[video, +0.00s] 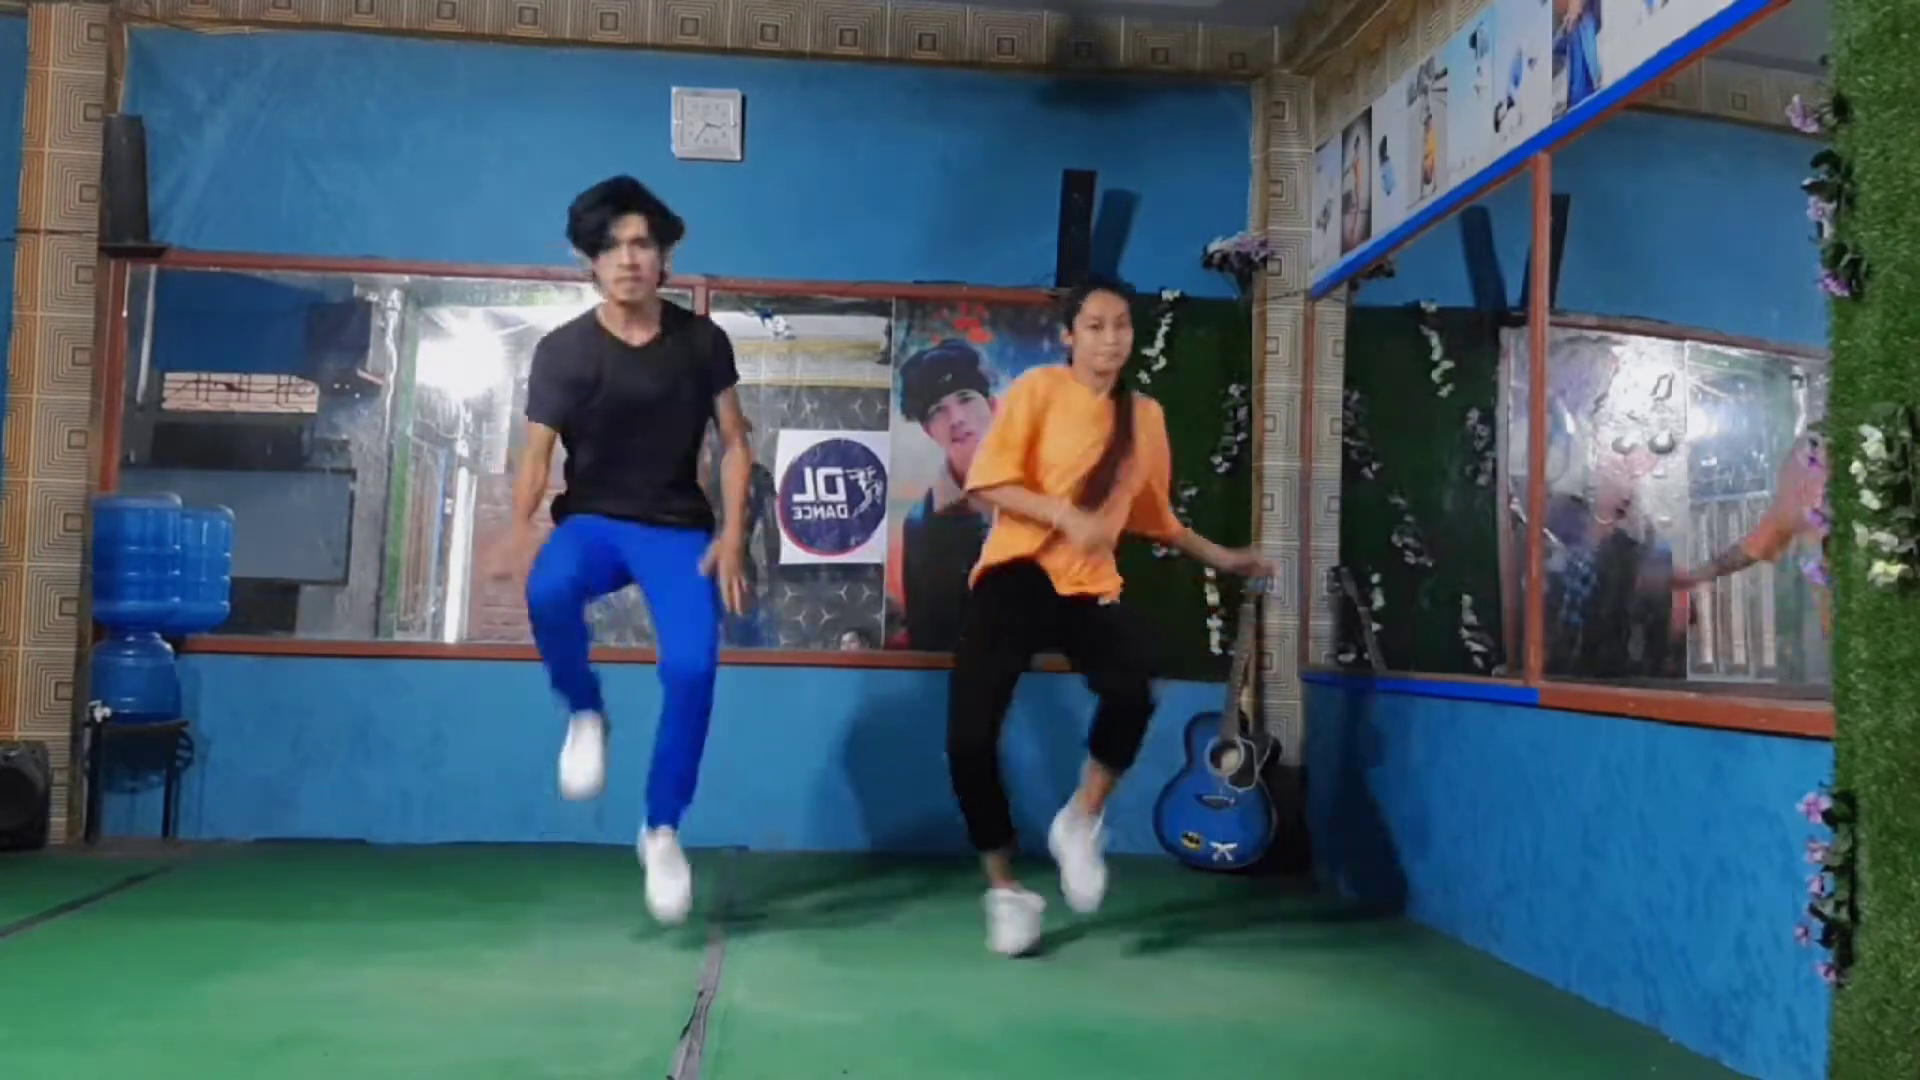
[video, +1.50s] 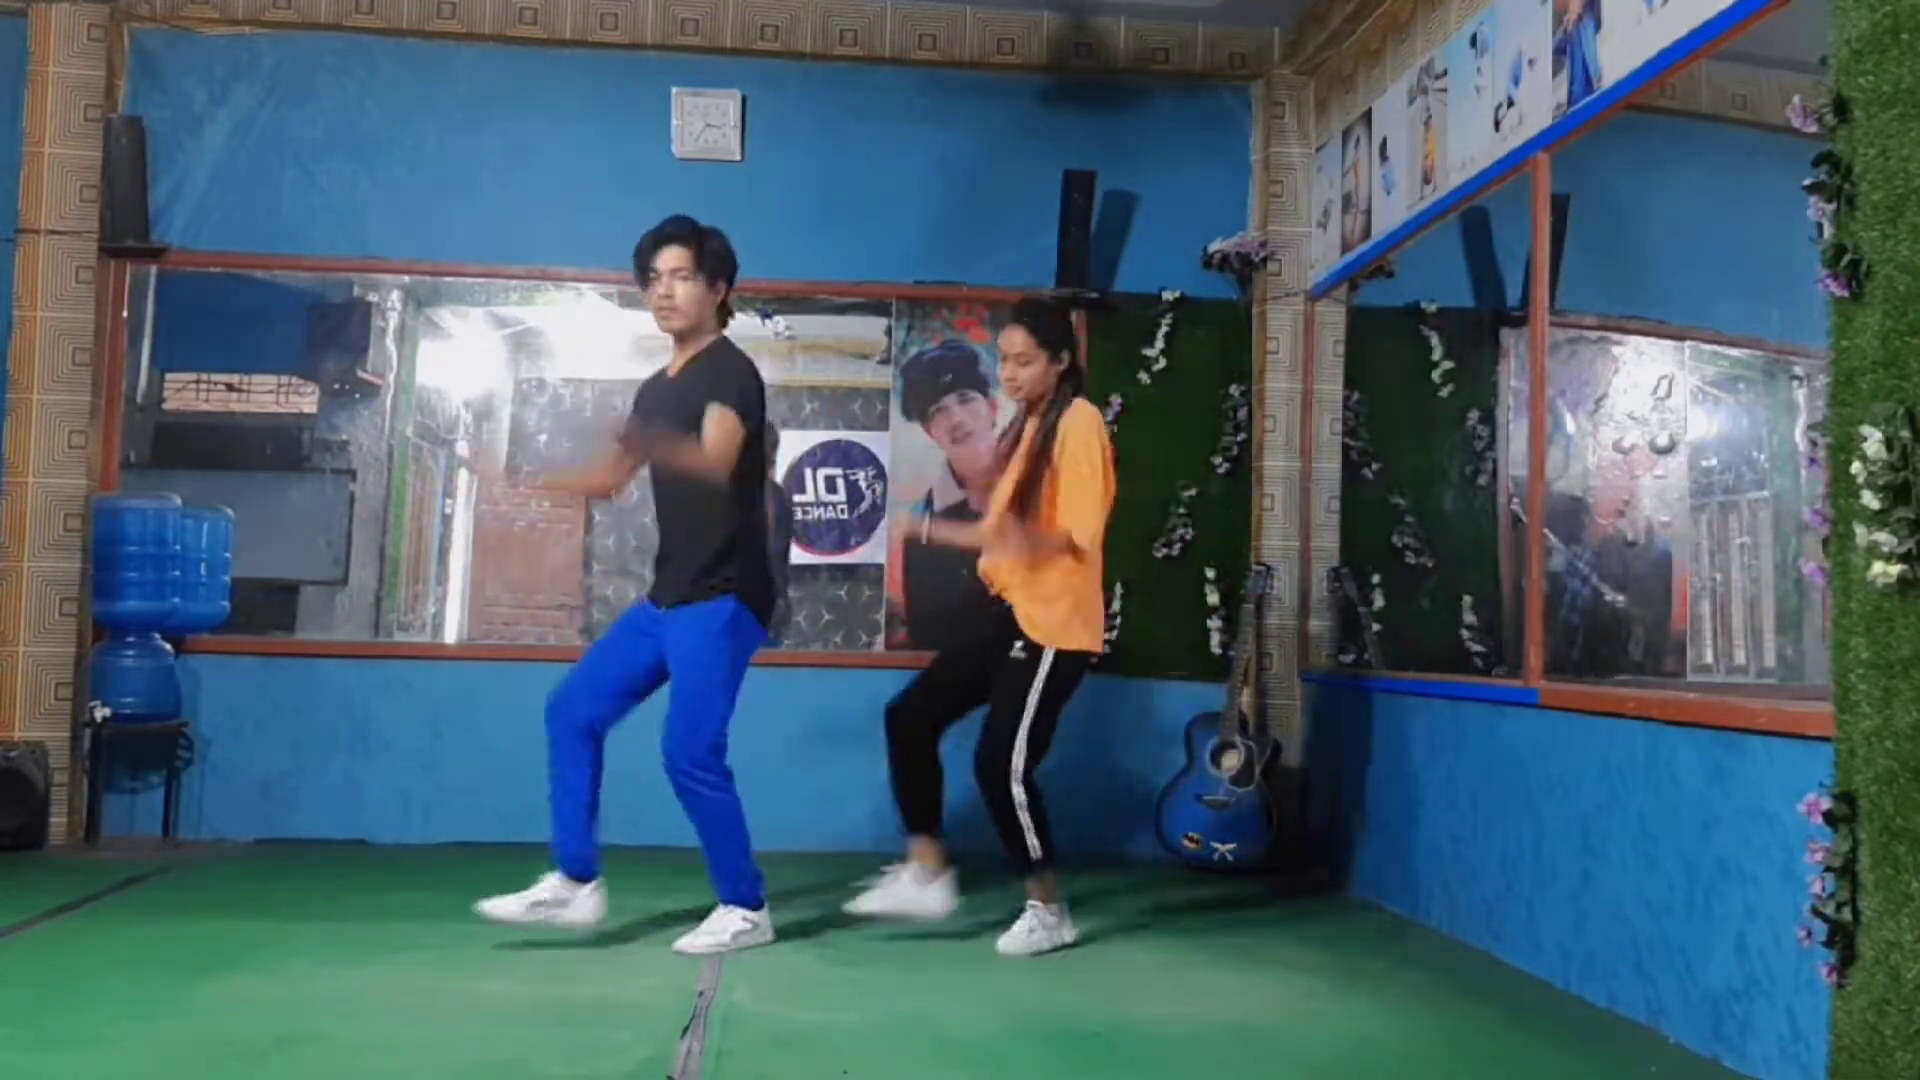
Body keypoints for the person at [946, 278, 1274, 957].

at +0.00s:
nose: (1110, 339)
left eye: (1121, 326)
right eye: (1095, 326)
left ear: (1134, 336)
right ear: (1070, 335)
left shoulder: (1145, 418)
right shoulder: (1036, 390)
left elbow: (1155, 519)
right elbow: (985, 482)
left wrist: (1225, 557)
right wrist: (1067, 516)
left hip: (1089, 587)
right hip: (1013, 578)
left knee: (1131, 691)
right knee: (969, 737)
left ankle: (1081, 823)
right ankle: (1004, 891)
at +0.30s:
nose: (1099, 347)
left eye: (1110, 335)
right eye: (1085, 334)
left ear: (1124, 345)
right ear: (1059, 343)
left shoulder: (1145, 421)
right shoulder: (1021, 404)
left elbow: (1173, 507)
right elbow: (966, 491)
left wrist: (1148, 537)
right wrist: (958, 496)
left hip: (1089, 588)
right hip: (1008, 573)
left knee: (1073, 761)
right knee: (990, 671)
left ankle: (1049, 912)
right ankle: (965, 823)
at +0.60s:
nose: (1090, 361)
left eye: (1097, 349)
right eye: (1079, 349)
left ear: (1101, 350)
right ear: (1041, 347)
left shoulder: (1068, 412)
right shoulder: (1014, 397)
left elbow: (1073, 520)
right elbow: (958, 491)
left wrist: (1155, 527)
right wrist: (1017, 500)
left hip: (1052, 596)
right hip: (1006, 600)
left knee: (1139, 725)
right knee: (1054, 756)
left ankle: (1059, 850)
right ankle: (994, 913)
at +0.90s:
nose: (1067, 384)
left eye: (1072, 370)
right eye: (1054, 370)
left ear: (1075, 374)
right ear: (1017, 374)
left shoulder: (1042, 442)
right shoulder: (991, 431)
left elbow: (1041, 561)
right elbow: (927, 519)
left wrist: (1117, 592)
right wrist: (909, 590)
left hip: (1016, 625)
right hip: (986, 626)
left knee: (1027, 783)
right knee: (1097, 742)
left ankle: (927, 902)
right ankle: (1124, 906)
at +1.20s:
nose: (1025, 321)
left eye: (1042, 313)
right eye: (1017, 305)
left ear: (1060, 326)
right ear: (998, 307)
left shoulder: (1082, 392)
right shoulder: (951, 380)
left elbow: (1122, 475)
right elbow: (902, 462)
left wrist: (1180, 519)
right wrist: (913, 486)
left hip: (1051, 573)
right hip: (972, 565)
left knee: (1036, 723)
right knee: (953, 723)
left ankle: (1016, 839)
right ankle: (936, 883)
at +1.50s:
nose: (1009, 371)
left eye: (1023, 359)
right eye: (1004, 359)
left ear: (1060, 361)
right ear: (1002, 360)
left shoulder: (1078, 421)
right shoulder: (1027, 426)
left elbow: (1078, 533)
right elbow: (1003, 528)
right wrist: (926, 527)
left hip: (1061, 628)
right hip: (1015, 619)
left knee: (1004, 762)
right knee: (909, 718)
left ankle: (1048, 907)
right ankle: (927, 873)